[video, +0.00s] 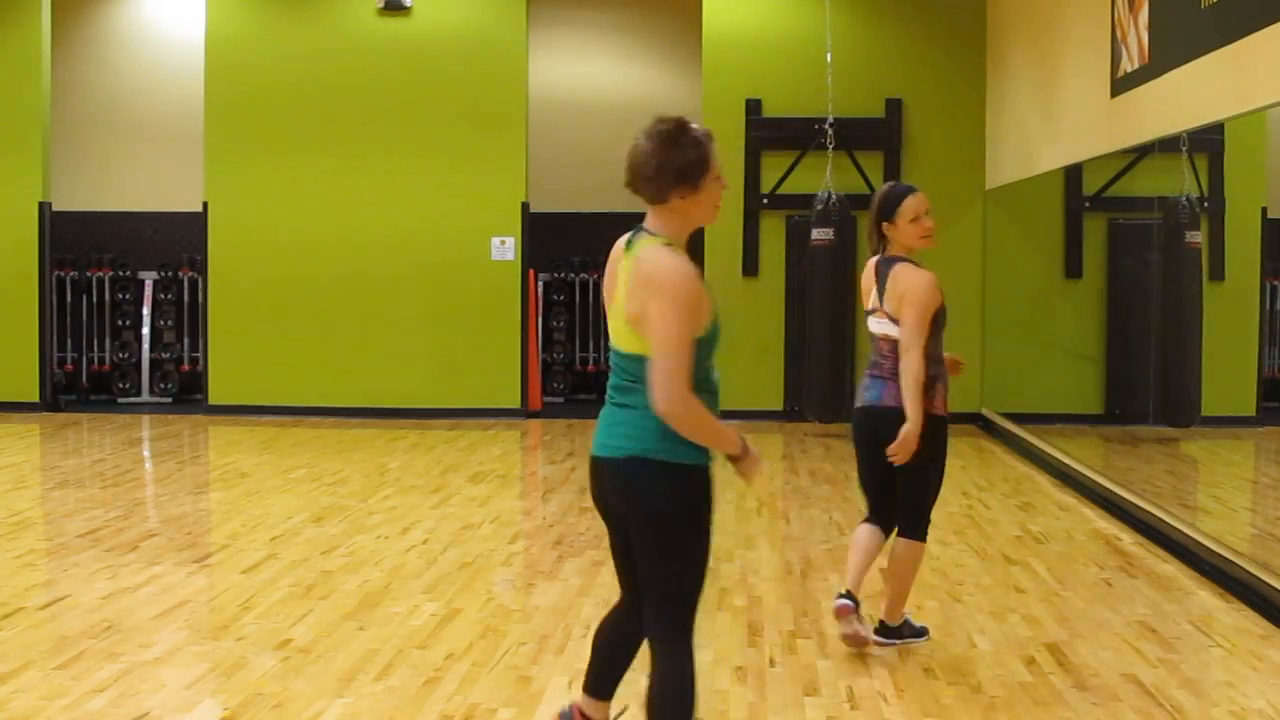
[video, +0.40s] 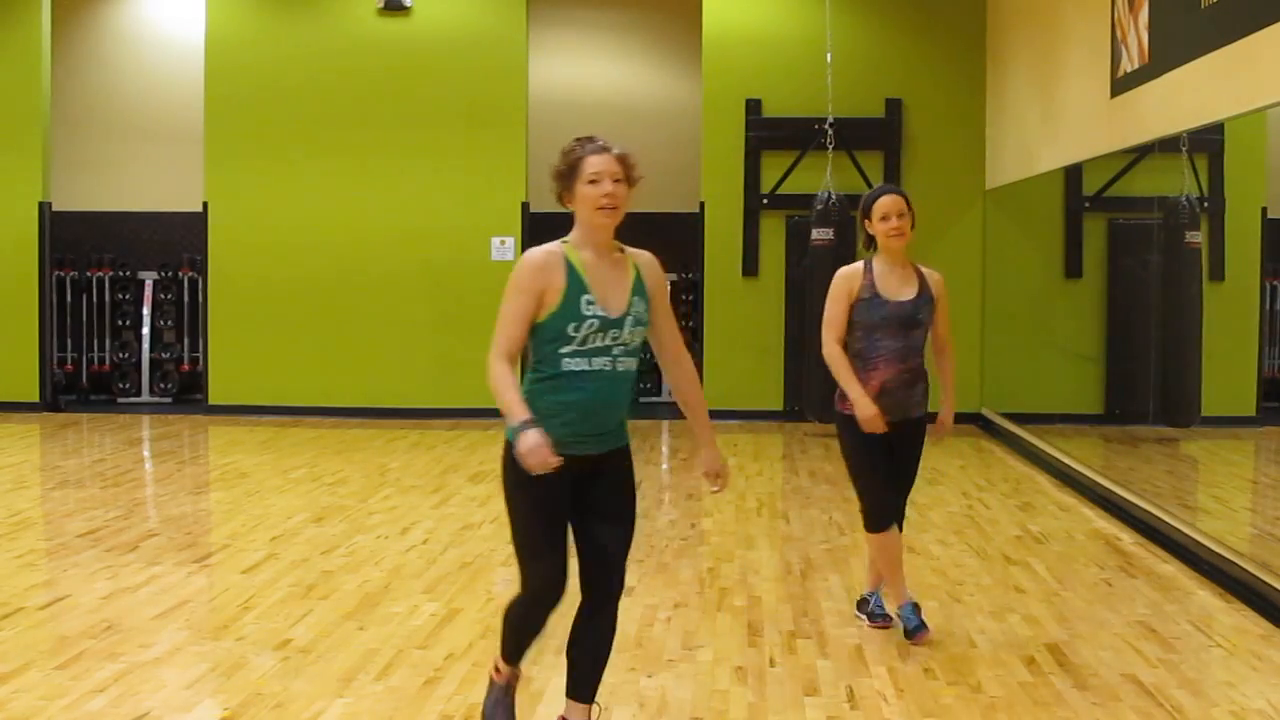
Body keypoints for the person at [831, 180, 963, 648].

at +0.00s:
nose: (929, 224)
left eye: (927, 214)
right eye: (918, 218)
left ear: (892, 226)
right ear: (890, 226)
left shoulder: (871, 272)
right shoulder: (921, 282)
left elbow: (887, 339)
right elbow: (911, 354)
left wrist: (935, 358)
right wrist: (913, 420)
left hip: (871, 408)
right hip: (917, 413)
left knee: (878, 512)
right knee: (914, 520)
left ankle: (848, 592)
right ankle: (892, 619)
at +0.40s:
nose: (896, 224)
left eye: (902, 215)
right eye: (886, 217)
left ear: (912, 221)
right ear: (869, 226)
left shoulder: (931, 282)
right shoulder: (849, 278)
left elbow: (942, 346)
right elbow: (830, 345)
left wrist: (948, 402)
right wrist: (861, 402)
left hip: (912, 411)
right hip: (861, 412)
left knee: (892, 507)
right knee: (880, 509)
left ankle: (873, 592)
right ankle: (902, 602)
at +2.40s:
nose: (926, 218)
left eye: (935, 210)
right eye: (917, 209)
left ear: (947, 217)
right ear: (899, 214)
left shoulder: (966, 278)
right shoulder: (873, 277)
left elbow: (981, 351)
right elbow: (854, 350)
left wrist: (987, 415)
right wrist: (852, 415)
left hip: (946, 420)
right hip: (887, 422)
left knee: (965, 528)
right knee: (900, 532)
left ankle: (954, 608)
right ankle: (913, 635)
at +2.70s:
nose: (938, 213)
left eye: (947, 206)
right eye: (929, 205)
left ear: (960, 215)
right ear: (911, 211)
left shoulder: (977, 280)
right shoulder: (881, 276)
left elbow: (984, 357)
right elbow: (867, 347)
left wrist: (994, 425)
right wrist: (878, 406)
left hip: (966, 422)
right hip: (905, 425)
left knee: (991, 536)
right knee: (909, 536)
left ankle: (1018, 649)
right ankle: (916, 637)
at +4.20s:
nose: (956, 212)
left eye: (969, 209)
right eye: (949, 205)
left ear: (983, 232)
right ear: (933, 221)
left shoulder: (993, 299)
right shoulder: (894, 283)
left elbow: (1003, 380)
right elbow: (857, 356)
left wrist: (1002, 449)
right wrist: (859, 424)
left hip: (949, 445)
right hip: (888, 436)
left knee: (969, 566)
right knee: (861, 547)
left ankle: (1033, 644)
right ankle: (863, 659)